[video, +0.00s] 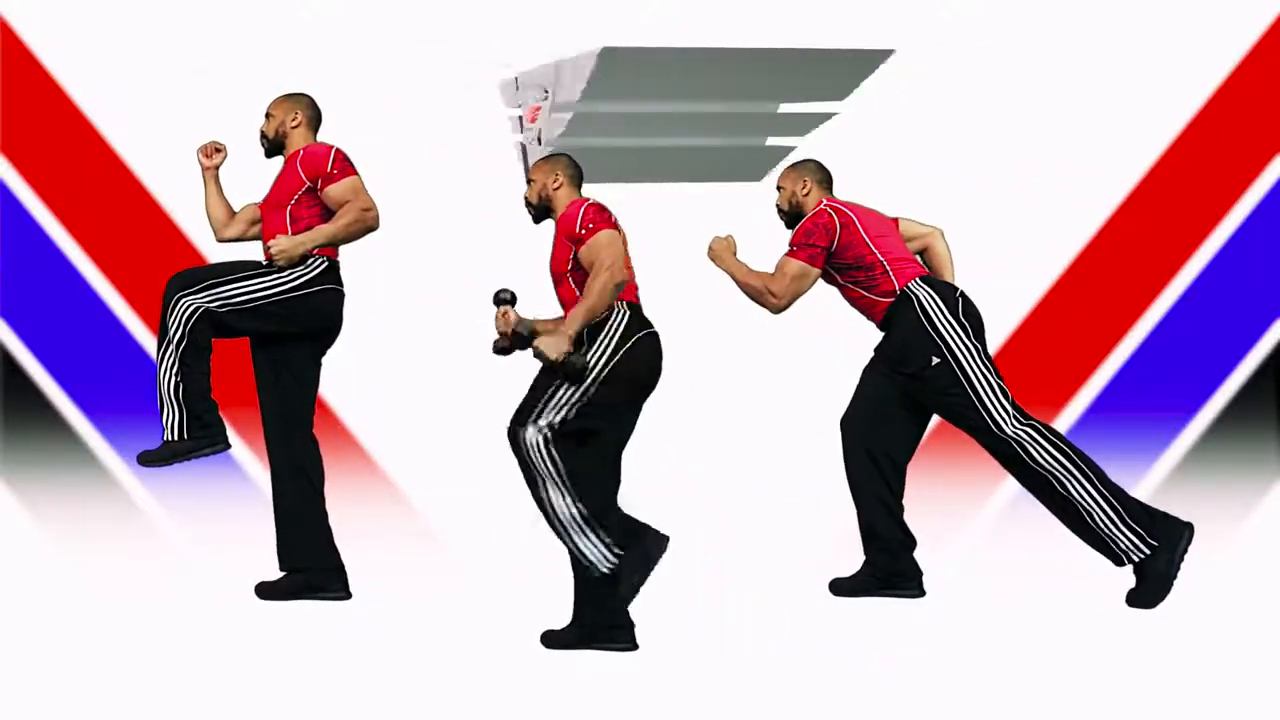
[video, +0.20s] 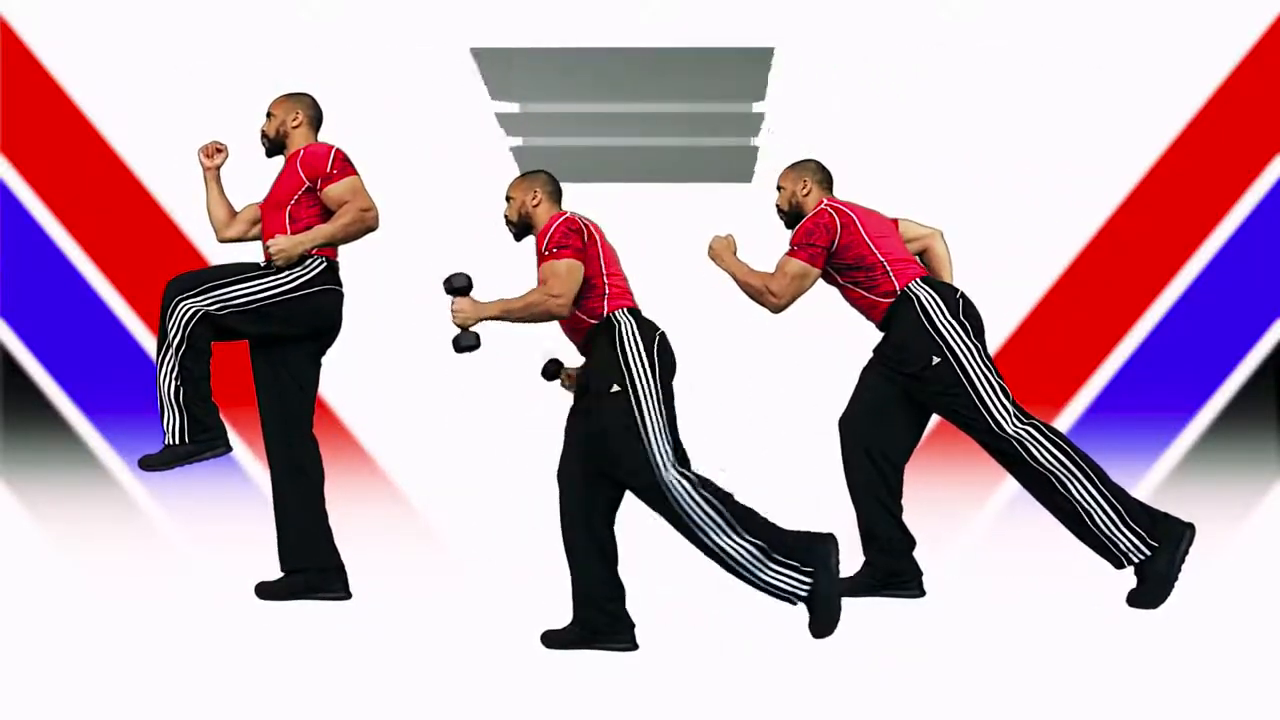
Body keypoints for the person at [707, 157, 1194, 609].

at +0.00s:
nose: (776, 198)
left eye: (782, 188)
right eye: (776, 191)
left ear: (811, 188)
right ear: (815, 192)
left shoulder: (822, 220)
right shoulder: (858, 219)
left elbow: (776, 295)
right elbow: (928, 237)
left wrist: (728, 264)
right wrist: (952, 307)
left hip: (927, 315)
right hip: (912, 326)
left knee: (1010, 434)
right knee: (866, 436)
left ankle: (1151, 540)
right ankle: (890, 567)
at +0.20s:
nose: (775, 199)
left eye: (782, 189)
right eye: (776, 191)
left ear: (811, 190)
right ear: (816, 192)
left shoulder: (822, 220)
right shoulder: (857, 219)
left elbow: (776, 295)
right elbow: (927, 238)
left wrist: (728, 263)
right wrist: (949, 306)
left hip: (927, 316)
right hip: (910, 329)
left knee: (1011, 433)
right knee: (865, 435)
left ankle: (1152, 539)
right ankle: (890, 567)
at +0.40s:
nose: (776, 188)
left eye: (783, 178)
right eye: (776, 181)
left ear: (808, 177)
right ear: (815, 184)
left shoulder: (827, 207)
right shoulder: (852, 211)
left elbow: (803, 282)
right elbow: (919, 254)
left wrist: (742, 284)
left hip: (917, 306)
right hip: (897, 323)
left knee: (969, 427)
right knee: (861, 434)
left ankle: (1121, 529)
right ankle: (893, 567)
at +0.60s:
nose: (786, 166)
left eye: (790, 156)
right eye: (786, 158)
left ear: (814, 153)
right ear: (815, 156)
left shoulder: (845, 180)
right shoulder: (835, 206)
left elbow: (891, 231)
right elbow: (855, 286)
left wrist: (854, 297)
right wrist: (799, 287)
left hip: (906, 288)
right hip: (893, 301)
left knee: (842, 397)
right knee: (875, 433)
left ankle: (944, 501)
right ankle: (893, 564)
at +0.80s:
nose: (797, 150)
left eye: (801, 139)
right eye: (797, 143)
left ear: (825, 137)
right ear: (830, 139)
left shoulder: (857, 160)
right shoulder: (845, 201)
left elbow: (930, 190)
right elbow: (801, 254)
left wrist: (934, 261)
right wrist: (759, 214)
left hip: (897, 269)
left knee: (785, 298)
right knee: (882, 443)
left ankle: (801, 427)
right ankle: (893, 569)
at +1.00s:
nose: (802, 148)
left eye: (807, 138)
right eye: (802, 141)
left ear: (832, 135)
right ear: (835, 139)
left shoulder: (861, 161)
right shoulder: (847, 200)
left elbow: (928, 197)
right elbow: (808, 256)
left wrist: (921, 265)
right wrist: (763, 220)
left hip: (895, 276)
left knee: (781, 296)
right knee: (877, 437)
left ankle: (802, 425)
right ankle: (891, 568)